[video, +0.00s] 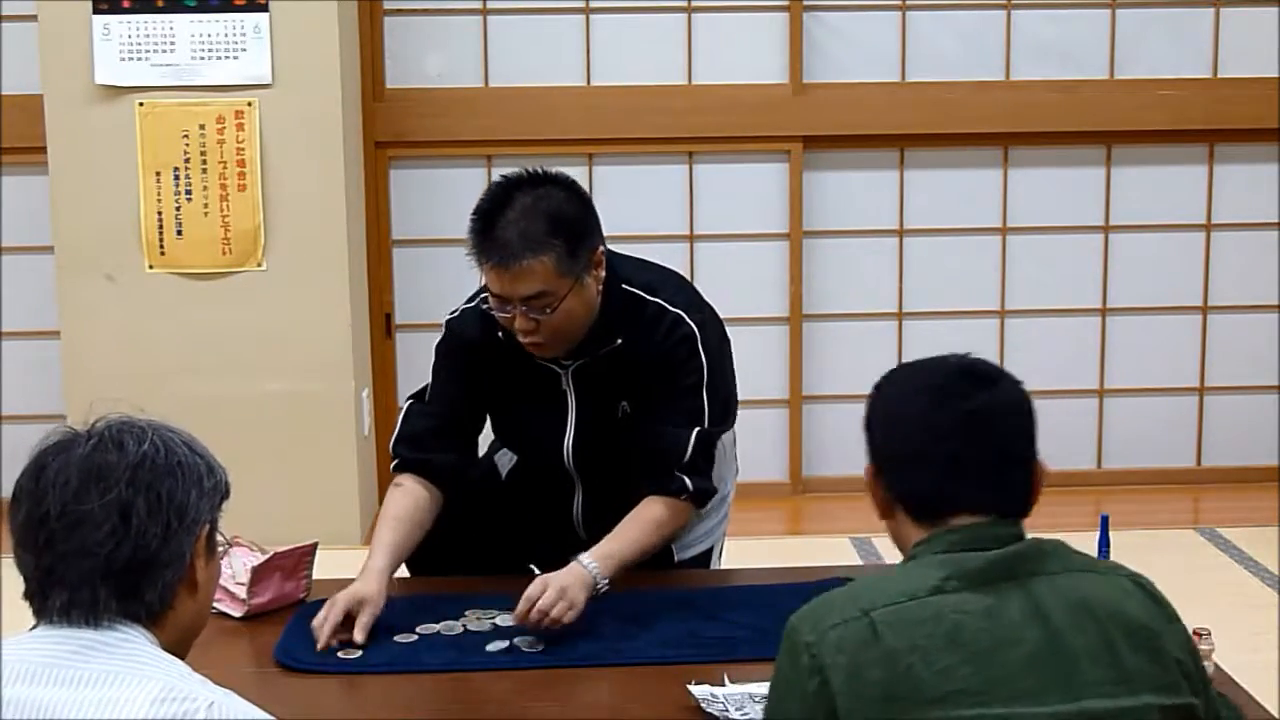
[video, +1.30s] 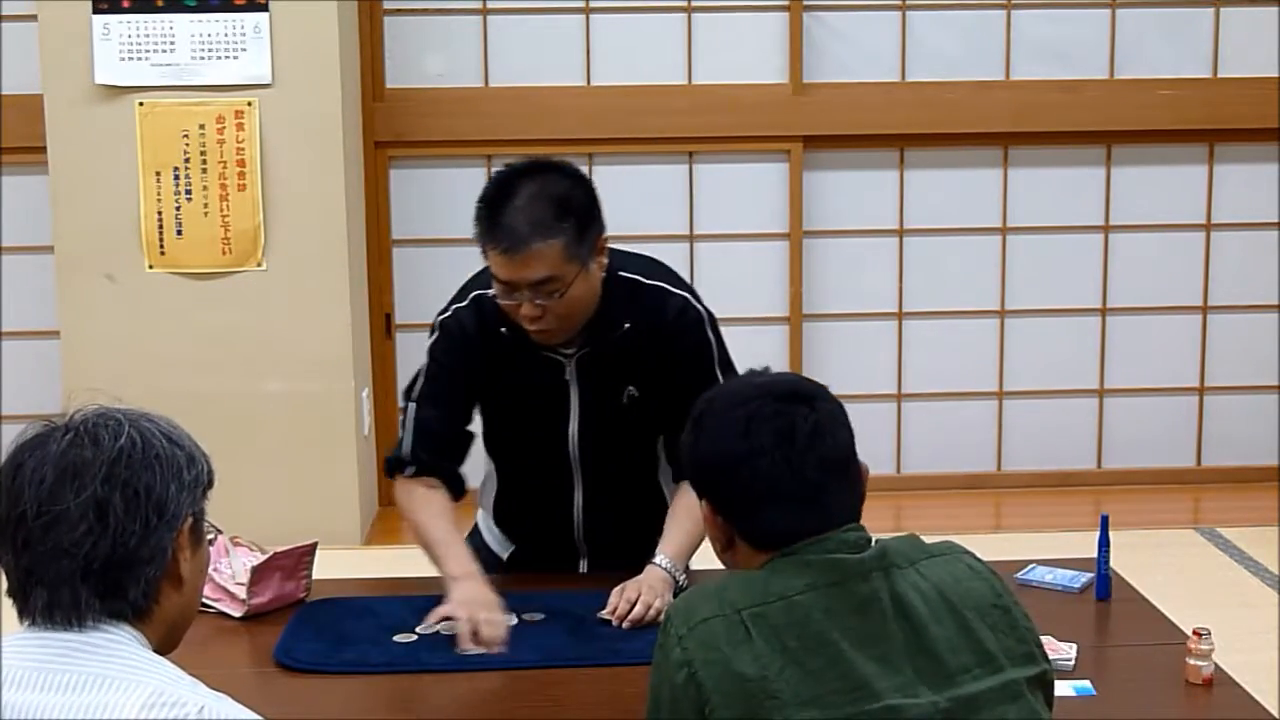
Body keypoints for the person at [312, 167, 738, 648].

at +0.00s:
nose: (520, 324)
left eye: (540, 304)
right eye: (501, 303)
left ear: (597, 269)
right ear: (485, 277)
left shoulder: (678, 328)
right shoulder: (476, 331)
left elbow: (684, 487)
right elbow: (425, 464)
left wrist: (587, 571)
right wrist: (373, 573)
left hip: (655, 524)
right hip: (537, 514)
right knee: (432, 524)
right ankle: (472, 679)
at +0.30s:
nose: (543, 304)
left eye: (564, 282)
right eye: (525, 281)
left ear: (618, 250)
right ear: (509, 259)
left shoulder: (691, 318)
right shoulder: (492, 318)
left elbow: (681, 480)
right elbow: (449, 444)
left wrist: (566, 545)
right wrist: (415, 535)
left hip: (657, 547)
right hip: (531, 541)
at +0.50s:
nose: (567, 274)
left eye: (589, 253)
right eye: (548, 251)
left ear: (645, 226)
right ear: (533, 229)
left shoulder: (703, 301)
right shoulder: (510, 290)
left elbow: (694, 463)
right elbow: (474, 410)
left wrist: (568, 523)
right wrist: (458, 491)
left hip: (648, 523)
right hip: (525, 509)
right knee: (413, 529)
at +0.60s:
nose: (584, 253)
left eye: (607, 233)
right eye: (568, 229)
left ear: (665, 211)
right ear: (554, 207)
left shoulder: (720, 291)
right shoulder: (526, 271)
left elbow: (727, 448)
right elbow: (480, 384)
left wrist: (585, 507)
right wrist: (472, 471)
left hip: (646, 503)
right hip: (526, 486)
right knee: (411, 540)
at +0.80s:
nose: (602, 249)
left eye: (627, 230)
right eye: (586, 225)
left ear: (683, 208)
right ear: (573, 197)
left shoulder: (742, 296)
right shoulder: (534, 265)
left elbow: (759, 450)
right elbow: (476, 386)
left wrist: (641, 524)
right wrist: (481, 498)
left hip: (682, 557)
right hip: (539, 545)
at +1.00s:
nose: (591, 272)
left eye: (616, 252)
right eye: (574, 248)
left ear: (668, 228)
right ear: (559, 220)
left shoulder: (725, 301)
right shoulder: (522, 292)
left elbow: (751, 452)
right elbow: (474, 446)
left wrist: (666, 564)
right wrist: (514, 566)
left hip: (686, 575)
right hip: (550, 574)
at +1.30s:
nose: (528, 309)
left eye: (549, 288)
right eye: (508, 289)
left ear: (599, 256)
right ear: (492, 261)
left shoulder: (667, 311)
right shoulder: (471, 320)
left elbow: (710, 452)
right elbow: (418, 474)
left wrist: (664, 569)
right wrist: (464, 579)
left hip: (636, 573)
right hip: (512, 570)